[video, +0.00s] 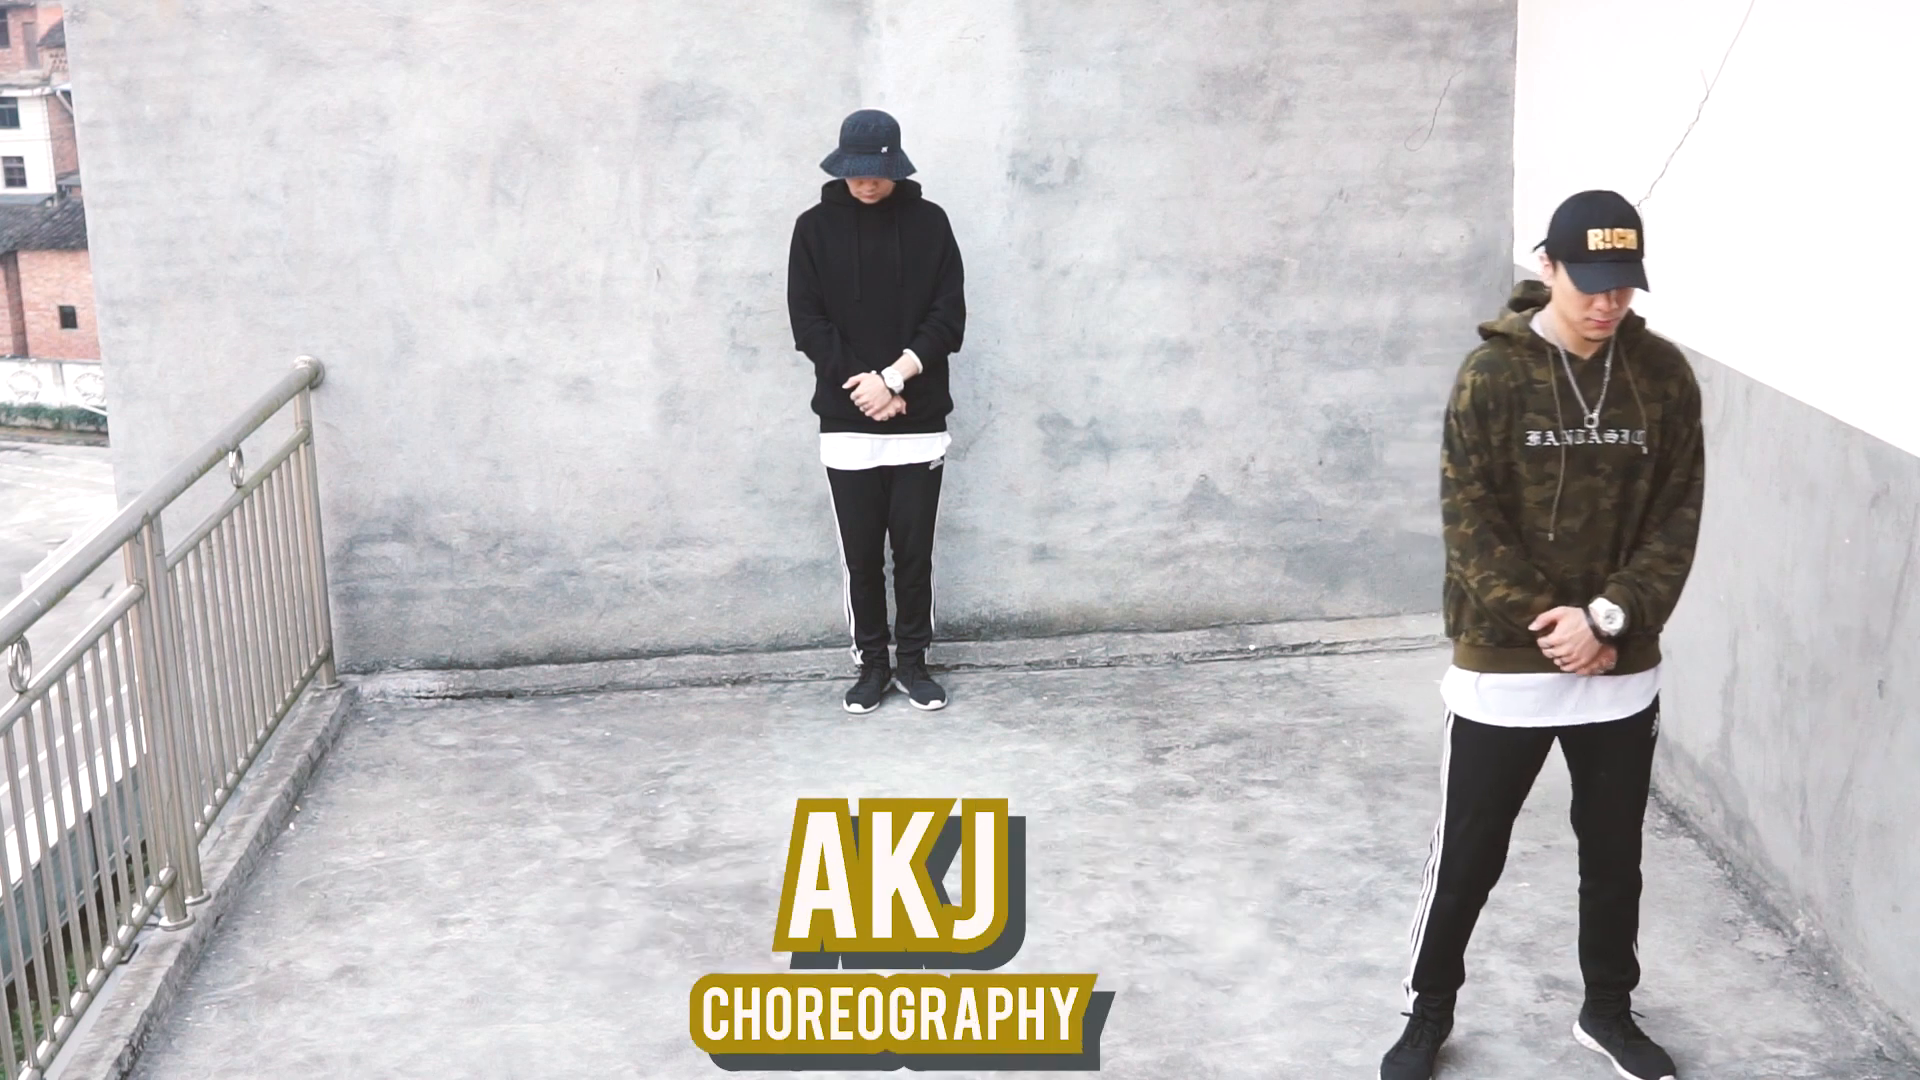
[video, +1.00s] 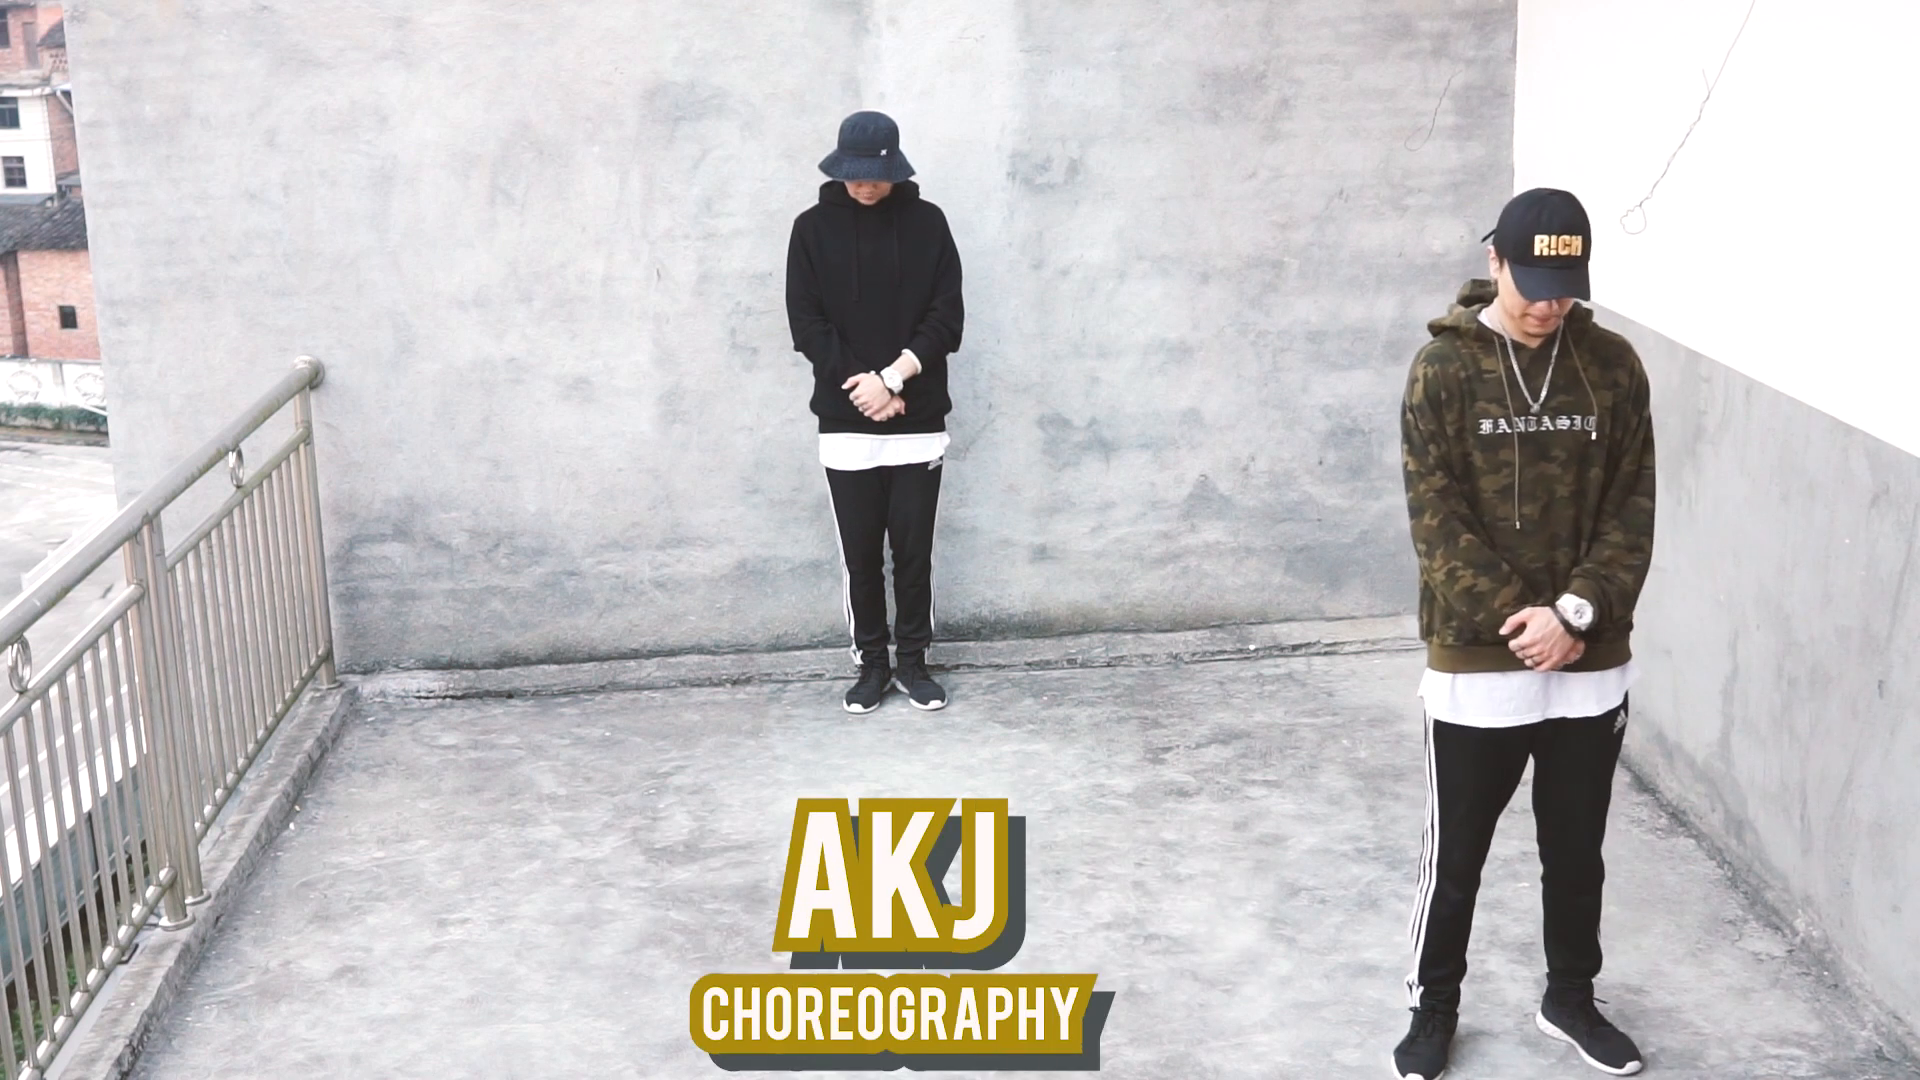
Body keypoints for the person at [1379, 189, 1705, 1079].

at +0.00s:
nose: (1606, 303)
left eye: (1622, 286)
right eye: (1588, 283)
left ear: (1640, 282)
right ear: (1547, 269)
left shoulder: (1664, 374)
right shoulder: (1492, 373)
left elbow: (1677, 520)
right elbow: (1466, 522)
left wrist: (1613, 615)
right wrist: (1552, 625)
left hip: (1620, 670)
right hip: (1503, 667)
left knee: (1615, 860)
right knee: (1468, 859)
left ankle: (1608, 1008)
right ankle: (1428, 1015)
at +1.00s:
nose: (1553, 304)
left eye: (1568, 287)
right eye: (1536, 285)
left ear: (1587, 274)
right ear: (1497, 262)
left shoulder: (1614, 365)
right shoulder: (1445, 365)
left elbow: (1634, 509)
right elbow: (1434, 515)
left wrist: (1580, 612)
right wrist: (1525, 621)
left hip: (1589, 662)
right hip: (1475, 663)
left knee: (1578, 849)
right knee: (1456, 852)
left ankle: (1572, 997)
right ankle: (1434, 1005)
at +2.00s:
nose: (1553, 303)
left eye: (1568, 286)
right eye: (1537, 284)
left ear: (1586, 272)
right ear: (1497, 260)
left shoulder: (1612, 364)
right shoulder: (1443, 360)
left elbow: (1630, 507)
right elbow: (1433, 513)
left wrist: (1576, 608)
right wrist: (1523, 620)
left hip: (1586, 658)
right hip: (1472, 660)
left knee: (1575, 848)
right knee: (1454, 852)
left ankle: (1570, 997)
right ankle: (1433, 1006)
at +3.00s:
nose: (1546, 300)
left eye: (1561, 284)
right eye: (1530, 281)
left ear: (1581, 271)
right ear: (1491, 259)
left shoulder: (1610, 364)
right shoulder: (1441, 363)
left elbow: (1629, 508)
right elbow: (1432, 513)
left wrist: (1575, 611)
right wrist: (1519, 619)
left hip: (1584, 660)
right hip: (1471, 662)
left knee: (1575, 851)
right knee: (1453, 854)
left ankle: (1571, 998)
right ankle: (1433, 1007)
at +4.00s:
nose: (1545, 301)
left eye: (1561, 285)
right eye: (1529, 282)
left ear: (1581, 271)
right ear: (1491, 259)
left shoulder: (1609, 364)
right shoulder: (1440, 363)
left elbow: (1628, 508)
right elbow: (1432, 514)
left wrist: (1575, 613)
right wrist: (1518, 620)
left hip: (1583, 660)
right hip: (1470, 662)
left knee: (1575, 850)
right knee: (1453, 853)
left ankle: (1571, 998)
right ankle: (1433, 1006)